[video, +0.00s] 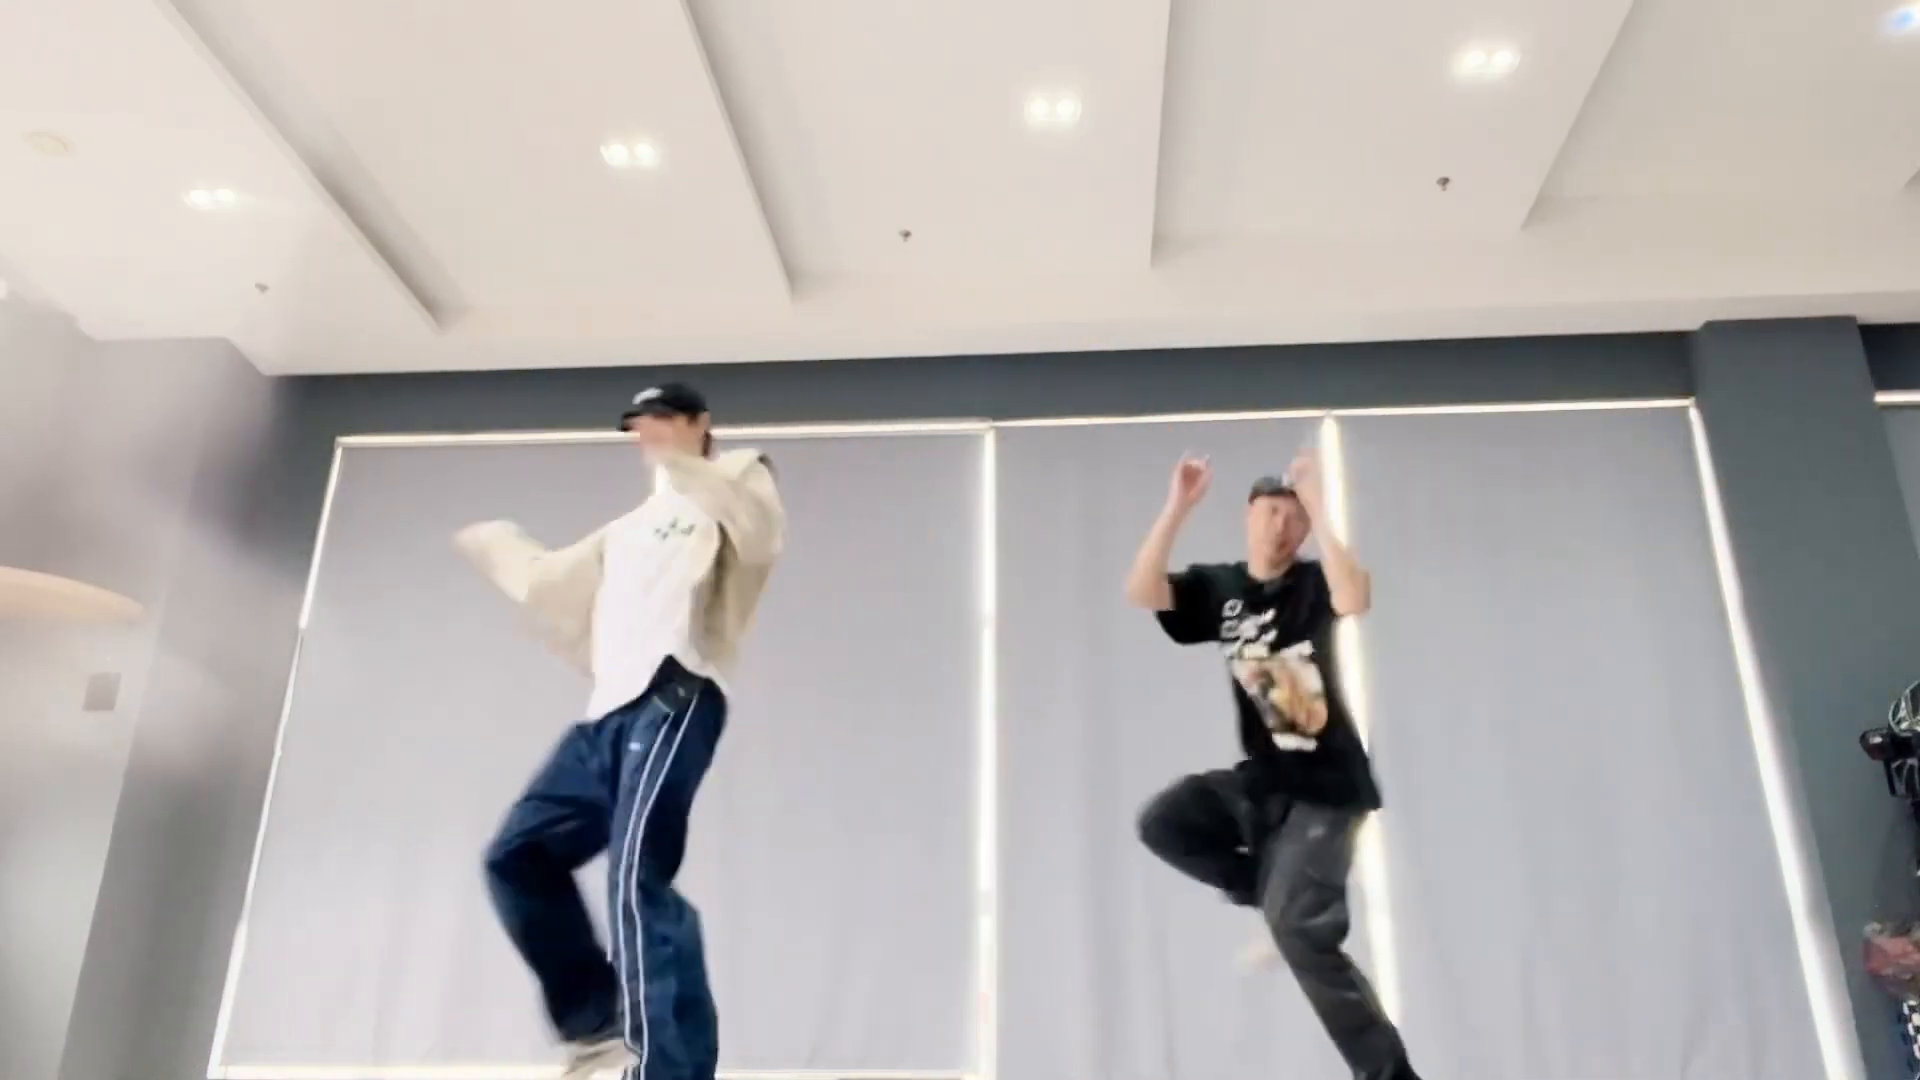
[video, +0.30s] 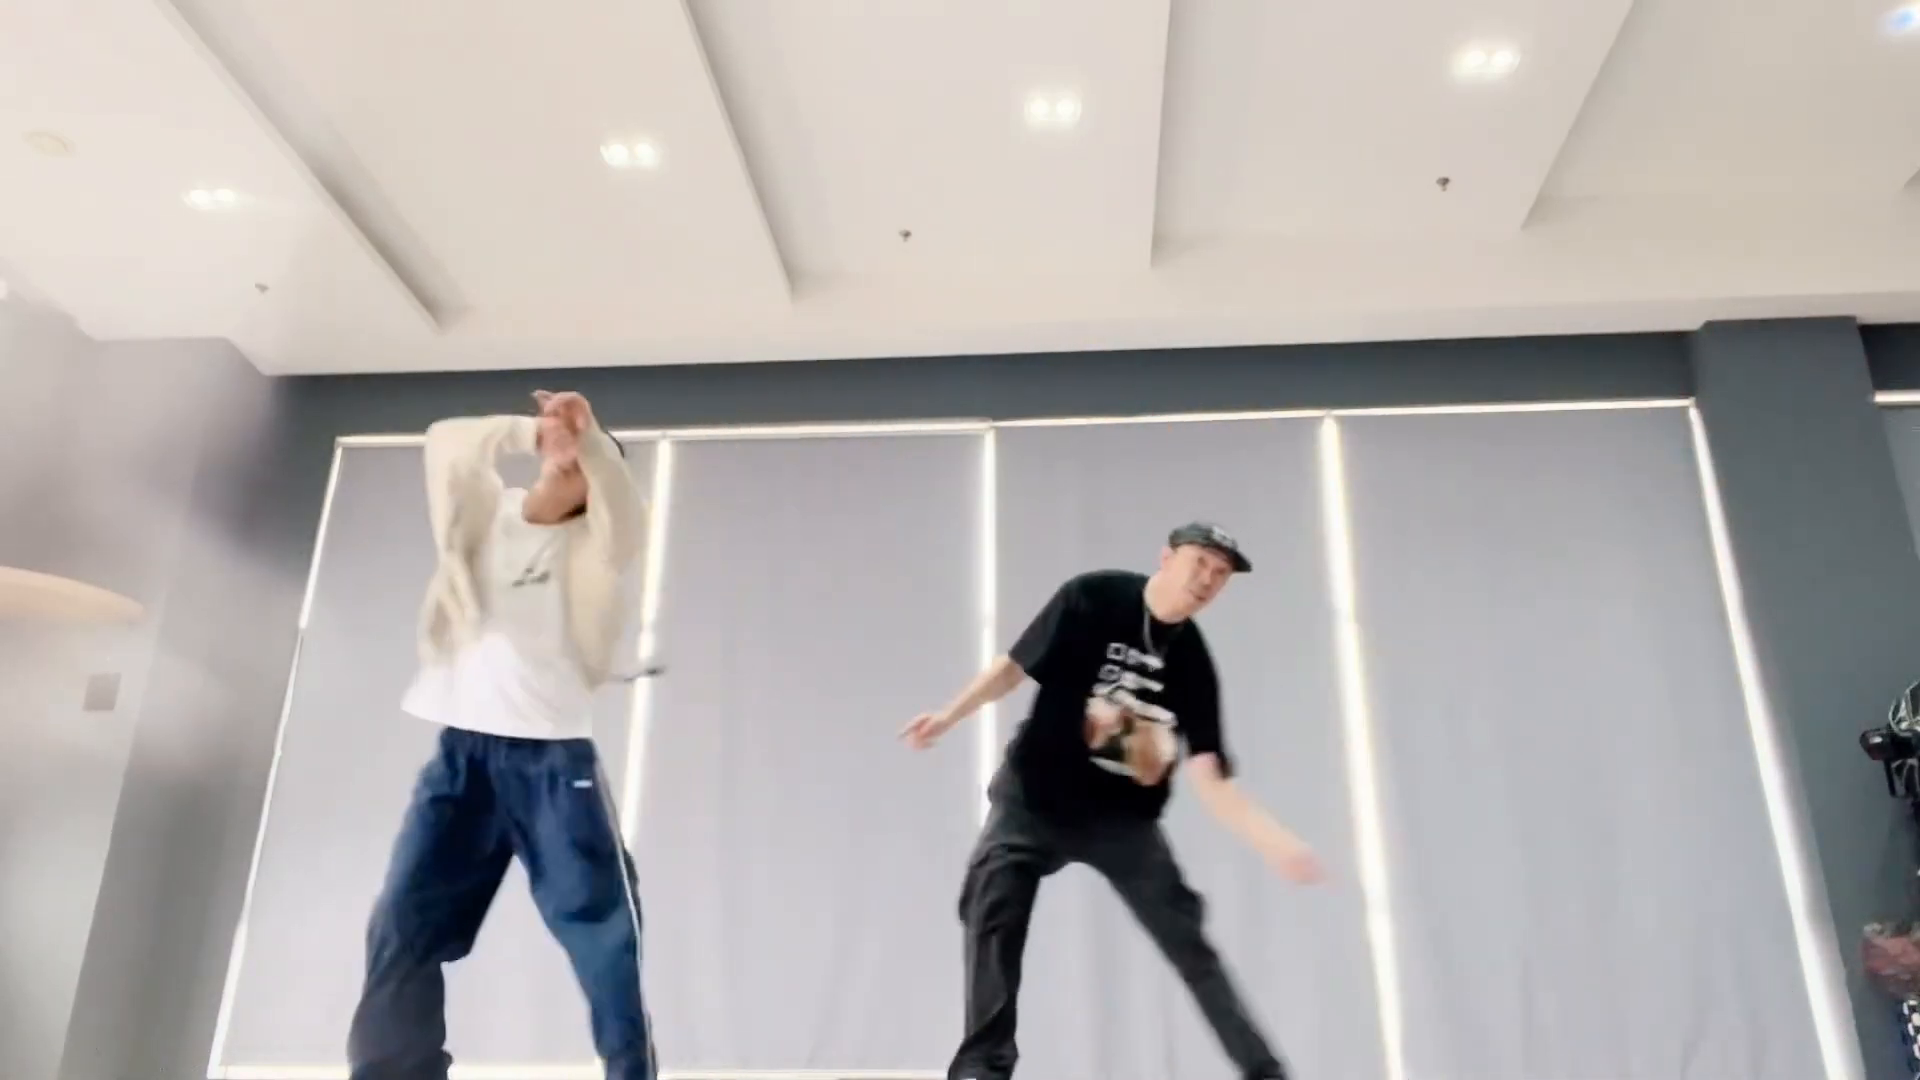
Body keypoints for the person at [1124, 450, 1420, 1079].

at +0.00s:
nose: (1283, 523)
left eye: (1295, 514)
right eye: (1272, 510)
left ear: (1306, 528)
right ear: (1247, 519)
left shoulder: (1319, 580)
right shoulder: (1222, 588)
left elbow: (1353, 600)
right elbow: (1144, 592)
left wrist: (1315, 511)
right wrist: (1176, 508)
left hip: (1327, 792)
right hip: (1260, 784)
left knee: (1295, 921)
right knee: (1164, 822)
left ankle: (1387, 1072)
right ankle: (1284, 900)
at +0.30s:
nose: (1208, 581)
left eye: (1221, 575)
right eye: (1201, 564)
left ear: (1224, 587)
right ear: (1167, 555)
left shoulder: (1192, 661)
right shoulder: (1089, 600)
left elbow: (1211, 780)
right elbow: (1014, 669)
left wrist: (1282, 847)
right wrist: (948, 717)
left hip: (1123, 821)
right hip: (1035, 802)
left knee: (1186, 941)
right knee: (992, 906)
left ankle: (1264, 1070)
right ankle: (983, 1067)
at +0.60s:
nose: (1086, 586)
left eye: (1097, 579)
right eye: (1078, 570)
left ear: (1102, 592)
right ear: (1047, 566)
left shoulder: (1077, 669)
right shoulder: (981, 593)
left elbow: (1026, 696)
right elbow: (909, 645)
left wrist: (1092, 616)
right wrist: (856, 702)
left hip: (988, 803)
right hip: (923, 777)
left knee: (981, 944)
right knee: (930, 915)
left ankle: (900, 1056)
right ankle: (973, 1064)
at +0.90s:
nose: (946, 585)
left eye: (959, 577)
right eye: (936, 573)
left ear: (971, 592)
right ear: (914, 580)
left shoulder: (984, 683)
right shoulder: (869, 651)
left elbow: (952, 780)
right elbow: (830, 743)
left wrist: (890, 767)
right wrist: (843, 753)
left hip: (925, 831)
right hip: (857, 804)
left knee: (866, 963)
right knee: (843, 880)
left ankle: (769, 1050)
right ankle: (795, 1041)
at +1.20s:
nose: (964, 551)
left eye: (974, 541)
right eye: (951, 544)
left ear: (996, 556)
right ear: (935, 563)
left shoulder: (1039, 634)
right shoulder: (917, 642)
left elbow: (1065, 730)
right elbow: (867, 704)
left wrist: (999, 758)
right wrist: (826, 626)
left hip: (1033, 834)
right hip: (938, 844)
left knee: (1137, 878)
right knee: (856, 949)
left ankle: (1171, 1053)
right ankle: (765, 1069)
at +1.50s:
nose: (1116, 492)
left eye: (1125, 485)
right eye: (1102, 485)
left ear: (1139, 505)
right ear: (1077, 507)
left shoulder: (1182, 582)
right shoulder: (1059, 596)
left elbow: (1200, 669)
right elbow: (1075, 686)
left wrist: (1148, 593)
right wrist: (1143, 743)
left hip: (1208, 775)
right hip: (1115, 783)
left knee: (1289, 901)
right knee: (1082, 922)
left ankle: (1324, 1069)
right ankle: (1069, 1060)